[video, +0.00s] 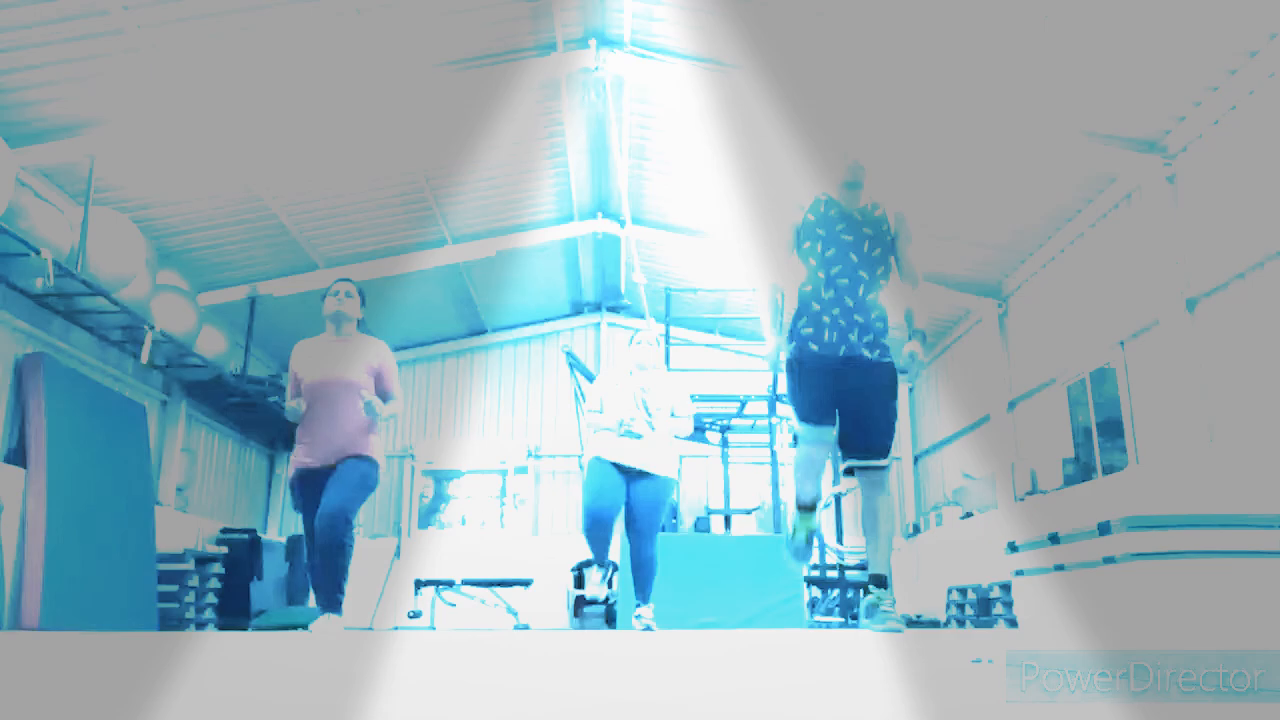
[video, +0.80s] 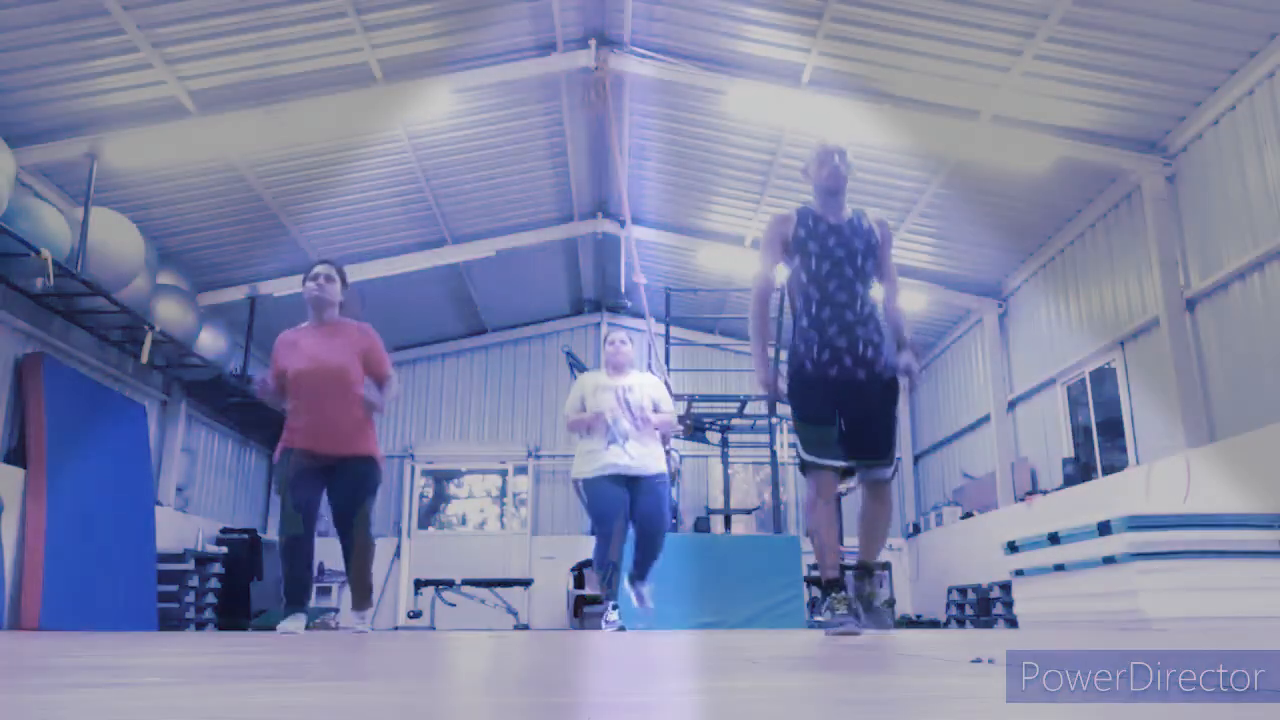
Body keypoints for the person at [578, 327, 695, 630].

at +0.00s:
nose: (646, 350)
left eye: (652, 344)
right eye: (640, 344)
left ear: (661, 350)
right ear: (629, 349)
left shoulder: (673, 383)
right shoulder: (610, 378)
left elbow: (686, 425)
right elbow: (589, 417)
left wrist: (658, 424)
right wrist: (617, 424)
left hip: (654, 459)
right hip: (608, 453)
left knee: (644, 534)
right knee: (597, 513)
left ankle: (643, 606)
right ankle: (601, 565)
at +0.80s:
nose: (617, 347)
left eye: (623, 342)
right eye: (611, 343)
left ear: (633, 350)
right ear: (603, 351)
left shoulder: (651, 382)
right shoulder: (587, 381)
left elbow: (672, 420)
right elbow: (570, 422)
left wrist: (650, 419)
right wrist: (593, 418)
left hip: (647, 468)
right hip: (599, 468)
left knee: (655, 524)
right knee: (611, 523)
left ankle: (639, 580)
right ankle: (610, 603)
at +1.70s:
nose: (633, 349)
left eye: (639, 345)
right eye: (628, 344)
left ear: (648, 351)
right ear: (618, 349)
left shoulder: (662, 378)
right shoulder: (599, 376)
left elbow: (683, 416)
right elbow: (581, 412)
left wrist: (662, 423)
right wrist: (595, 419)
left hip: (649, 459)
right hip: (604, 452)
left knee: (638, 533)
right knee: (594, 496)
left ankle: (640, 603)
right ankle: (603, 558)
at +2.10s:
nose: (624, 352)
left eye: (630, 348)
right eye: (618, 348)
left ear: (640, 355)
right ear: (609, 355)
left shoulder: (657, 384)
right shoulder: (594, 383)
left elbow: (678, 424)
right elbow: (578, 424)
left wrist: (653, 427)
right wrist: (593, 422)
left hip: (647, 466)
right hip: (602, 461)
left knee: (639, 539)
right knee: (603, 511)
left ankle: (644, 606)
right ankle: (600, 578)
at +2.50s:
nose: (613, 347)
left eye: (618, 344)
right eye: (607, 345)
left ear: (627, 355)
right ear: (598, 355)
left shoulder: (643, 382)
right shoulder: (580, 383)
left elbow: (665, 420)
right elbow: (565, 422)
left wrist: (645, 421)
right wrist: (587, 422)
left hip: (640, 466)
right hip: (595, 468)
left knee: (651, 519)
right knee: (602, 533)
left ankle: (632, 570)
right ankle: (599, 601)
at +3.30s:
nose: (632, 364)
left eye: (637, 360)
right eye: (626, 359)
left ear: (645, 368)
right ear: (617, 367)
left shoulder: (659, 395)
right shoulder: (600, 394)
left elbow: (674, 433)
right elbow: (585, 433)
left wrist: (649, 433)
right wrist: (606, 434)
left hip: (647, 476)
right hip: (604, 475)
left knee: (642, 540)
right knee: (601, 535)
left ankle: (644, 605)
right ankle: (605, 578)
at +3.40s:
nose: (629, 367)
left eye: (636, 364)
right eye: (625, 364)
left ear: (645, 373)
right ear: (618, 373)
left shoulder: (660, 401)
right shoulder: (604, 398)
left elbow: (676, 439)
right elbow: (585, 435)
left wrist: (646, 439)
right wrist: (603, 442)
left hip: (650, 475)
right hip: (609, 467)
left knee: (641, 541)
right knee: (603, 495)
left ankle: (642, 609)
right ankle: (609, 552)